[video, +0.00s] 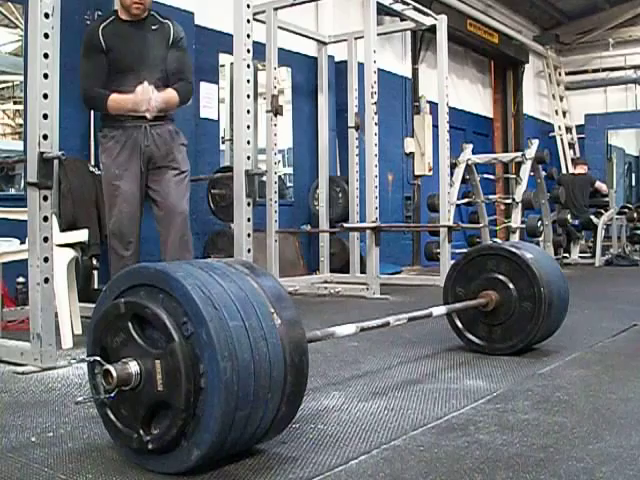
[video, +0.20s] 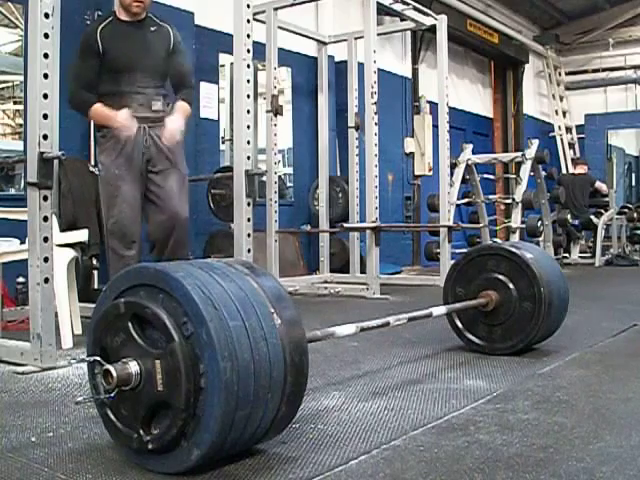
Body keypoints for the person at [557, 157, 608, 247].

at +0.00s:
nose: (586, 170)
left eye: (586, 168)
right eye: (586, 168)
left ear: (574, 168)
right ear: (586, 168)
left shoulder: (564, 178)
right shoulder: (588, 178)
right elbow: (604, 189)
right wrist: (594, 187)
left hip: (566, 217)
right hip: (583, 217)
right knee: (598, 226)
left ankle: (566, 253)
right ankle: (595, 254)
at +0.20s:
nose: (586, 171)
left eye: (586, 169)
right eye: (586, 169)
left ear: (574, 168)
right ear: (585, 169)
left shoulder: (564, 178)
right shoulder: (588, 178)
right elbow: (604, 189)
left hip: (566, 216)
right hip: (583, 216)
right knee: (598, 226)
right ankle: (595, 254)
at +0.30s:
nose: (586, 171)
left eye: (586, 169)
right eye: (586, 169)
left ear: (574, 168)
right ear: (585, 169)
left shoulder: (564, 178)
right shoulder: (588, 178)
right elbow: (604, 189)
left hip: (566, 215)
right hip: (583, 216)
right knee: (599, 226)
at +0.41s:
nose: (586, 171)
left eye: (586, 169)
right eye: (586, 169)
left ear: (574, 168)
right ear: (586, 168)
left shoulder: (564, 178)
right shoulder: (588, 178)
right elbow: (604, 189)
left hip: (566, 216)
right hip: (583, 216)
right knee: (599, 227)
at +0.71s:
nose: (587, 170)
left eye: (586, 167)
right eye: (586, 168)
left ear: (574, 168)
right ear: (586, 168)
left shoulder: (564, 178)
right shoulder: (588, 178)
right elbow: (604, 190)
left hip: (566, 217)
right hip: (583, 216)